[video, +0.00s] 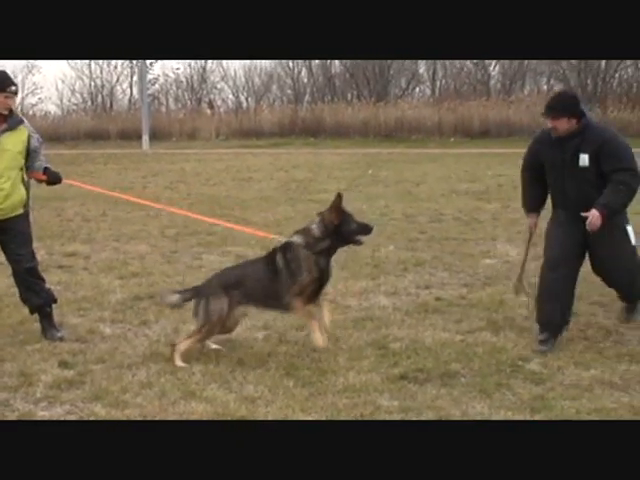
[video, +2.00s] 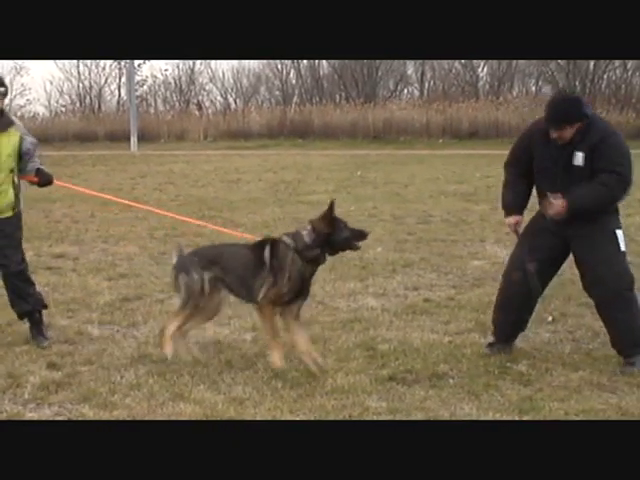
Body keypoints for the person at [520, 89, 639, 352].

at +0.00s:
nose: (550, 124)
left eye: (555, 119)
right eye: (549, 119)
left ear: (573, 119)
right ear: (549, 118)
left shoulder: (603, 140)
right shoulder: (543, 144)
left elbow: (627, 177)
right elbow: (532, 175)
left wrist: (602, 210)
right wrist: (533, 209)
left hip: (605, 218)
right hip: (565, 218)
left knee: (616, 267)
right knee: (555, 270)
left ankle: (632, 298)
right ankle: (549, 328)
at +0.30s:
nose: (586, 136)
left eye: (592, 130)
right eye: (585, 130)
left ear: (610, 131)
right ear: (585, 130)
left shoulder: (633, 153)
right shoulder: (580, 157)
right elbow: (563, 195)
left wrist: (639, 228)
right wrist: (554, 235)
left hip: (632, 237)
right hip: (598, 235)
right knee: (565, 281)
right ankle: (542, 338)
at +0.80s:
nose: (567, 123)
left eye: (572, 118)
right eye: (566, 118)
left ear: (589, 119)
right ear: (575, 118)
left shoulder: (625, 143)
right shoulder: (564, 141)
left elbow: (636, 190)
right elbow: (550, 174)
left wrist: (619, 228)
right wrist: (544, 211)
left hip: (623, 225)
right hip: (583, 220)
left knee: (636, 282)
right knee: (556, 269)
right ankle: (567, 335)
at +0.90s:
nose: (543, 119)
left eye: (548, 113)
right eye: (543, 113)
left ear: (565, 111)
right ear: (561, 112)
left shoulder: (605, 132)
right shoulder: (551, 135)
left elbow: (616, 177)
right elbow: (543, 171)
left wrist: (589, 209)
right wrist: (537, 206)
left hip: (607, 218)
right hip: (570, 214)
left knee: (626, 283)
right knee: (545, 268)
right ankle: (564, 332)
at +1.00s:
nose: (526, 126)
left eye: (528, 121)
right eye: (525, 121)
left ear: (543, 117)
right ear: (541, 117)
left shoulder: (575, 132)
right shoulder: (549, 134)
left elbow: (570, 178)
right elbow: (546, 171)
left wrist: (527, 186)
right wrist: (536, 205)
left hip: (594, 217)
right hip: (561, 215)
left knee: (604, 281)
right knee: (530, 260)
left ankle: (636, 340)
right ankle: (538, 324)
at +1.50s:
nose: (528, 136)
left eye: (532, 129)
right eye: (526, 130)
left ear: (552, 123)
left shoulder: (593, 139)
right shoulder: (532, 143)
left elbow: (603, 185)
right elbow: (525, 179)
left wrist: (563, 210)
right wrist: (523, 215)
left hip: (596, 221)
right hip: (554, 220)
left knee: (609, 287)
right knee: (522, 268)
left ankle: (634, 352)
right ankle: (516, 324)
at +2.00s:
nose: (555, 134)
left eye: (561, 129)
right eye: (552, 128)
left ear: (578, 124)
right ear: (547, 121)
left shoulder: (605, 140)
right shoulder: (536, 135)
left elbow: (616, 182)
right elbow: (517, 170)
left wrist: (570, 203)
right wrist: (513, 210)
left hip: (595, 224)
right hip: (549, 222)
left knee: (611, 285)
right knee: (519, 275)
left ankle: (632, 352)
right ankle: (502, 338)